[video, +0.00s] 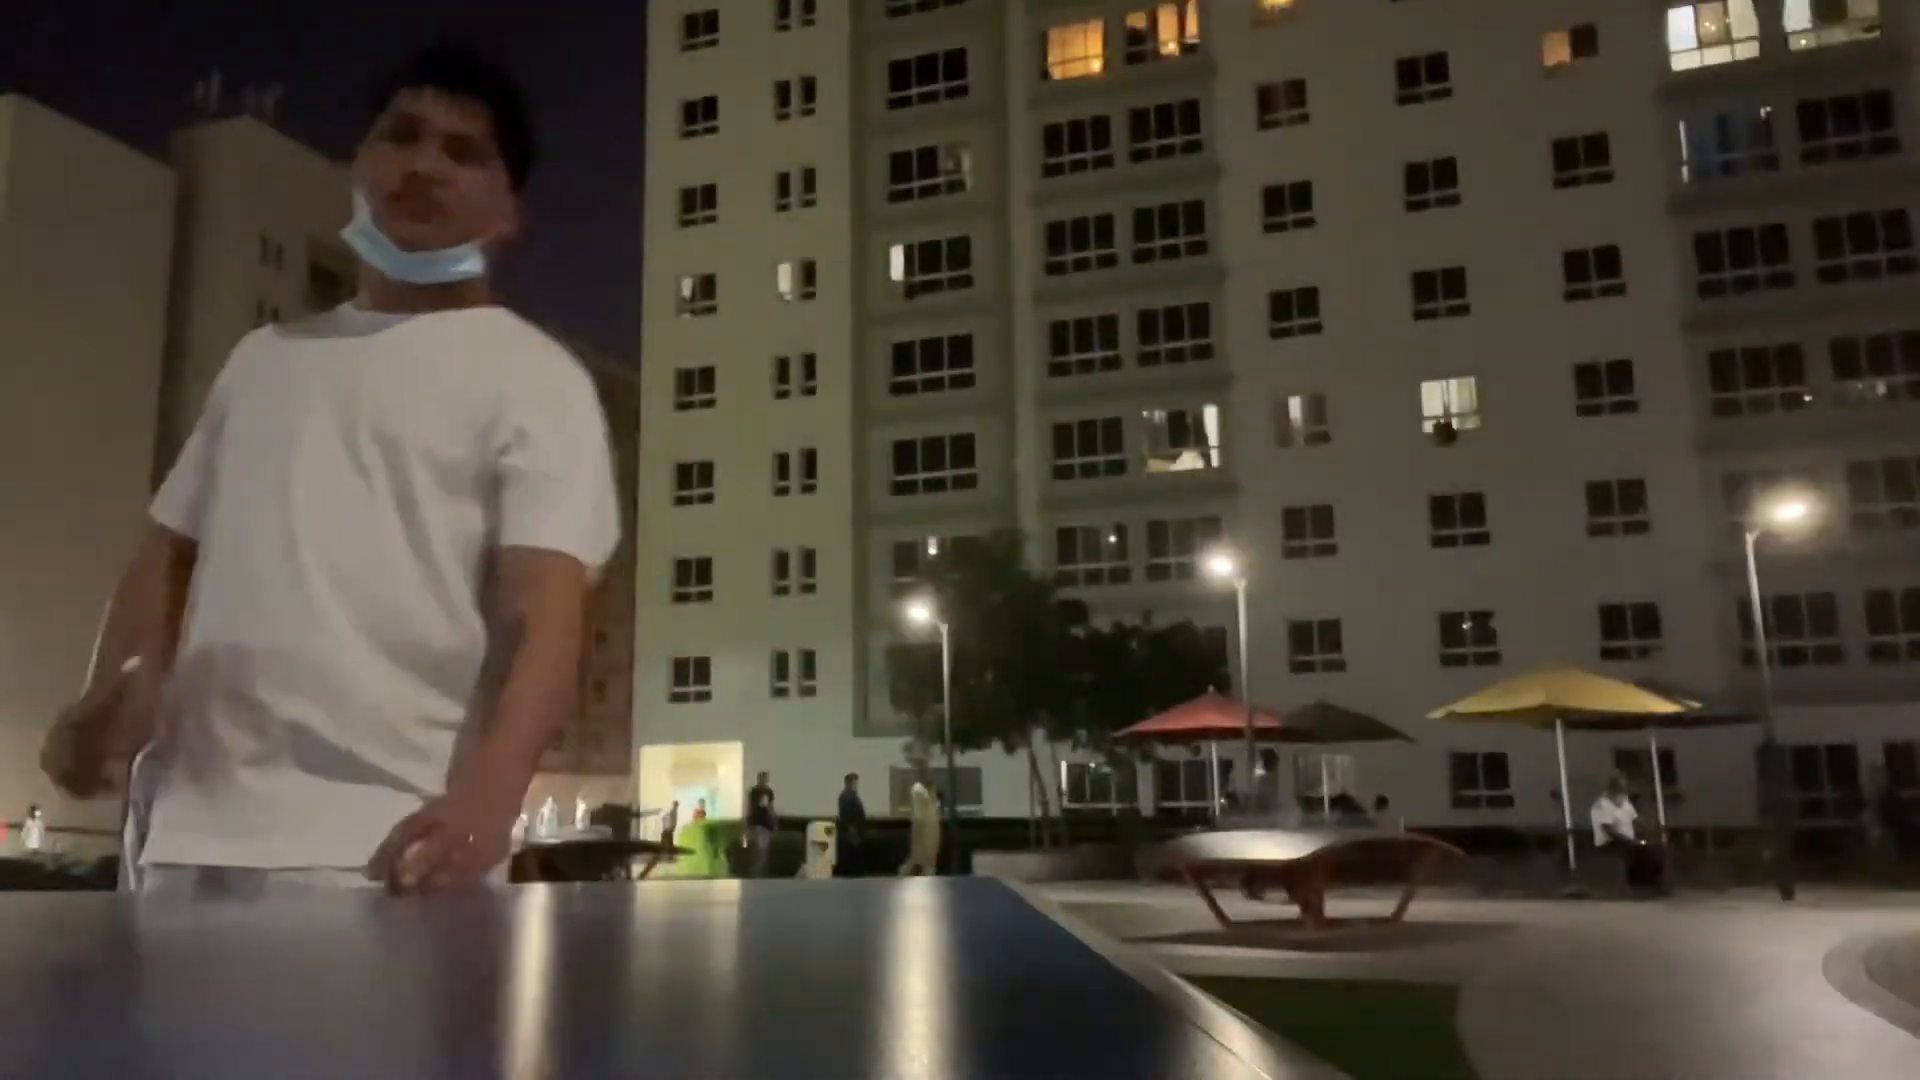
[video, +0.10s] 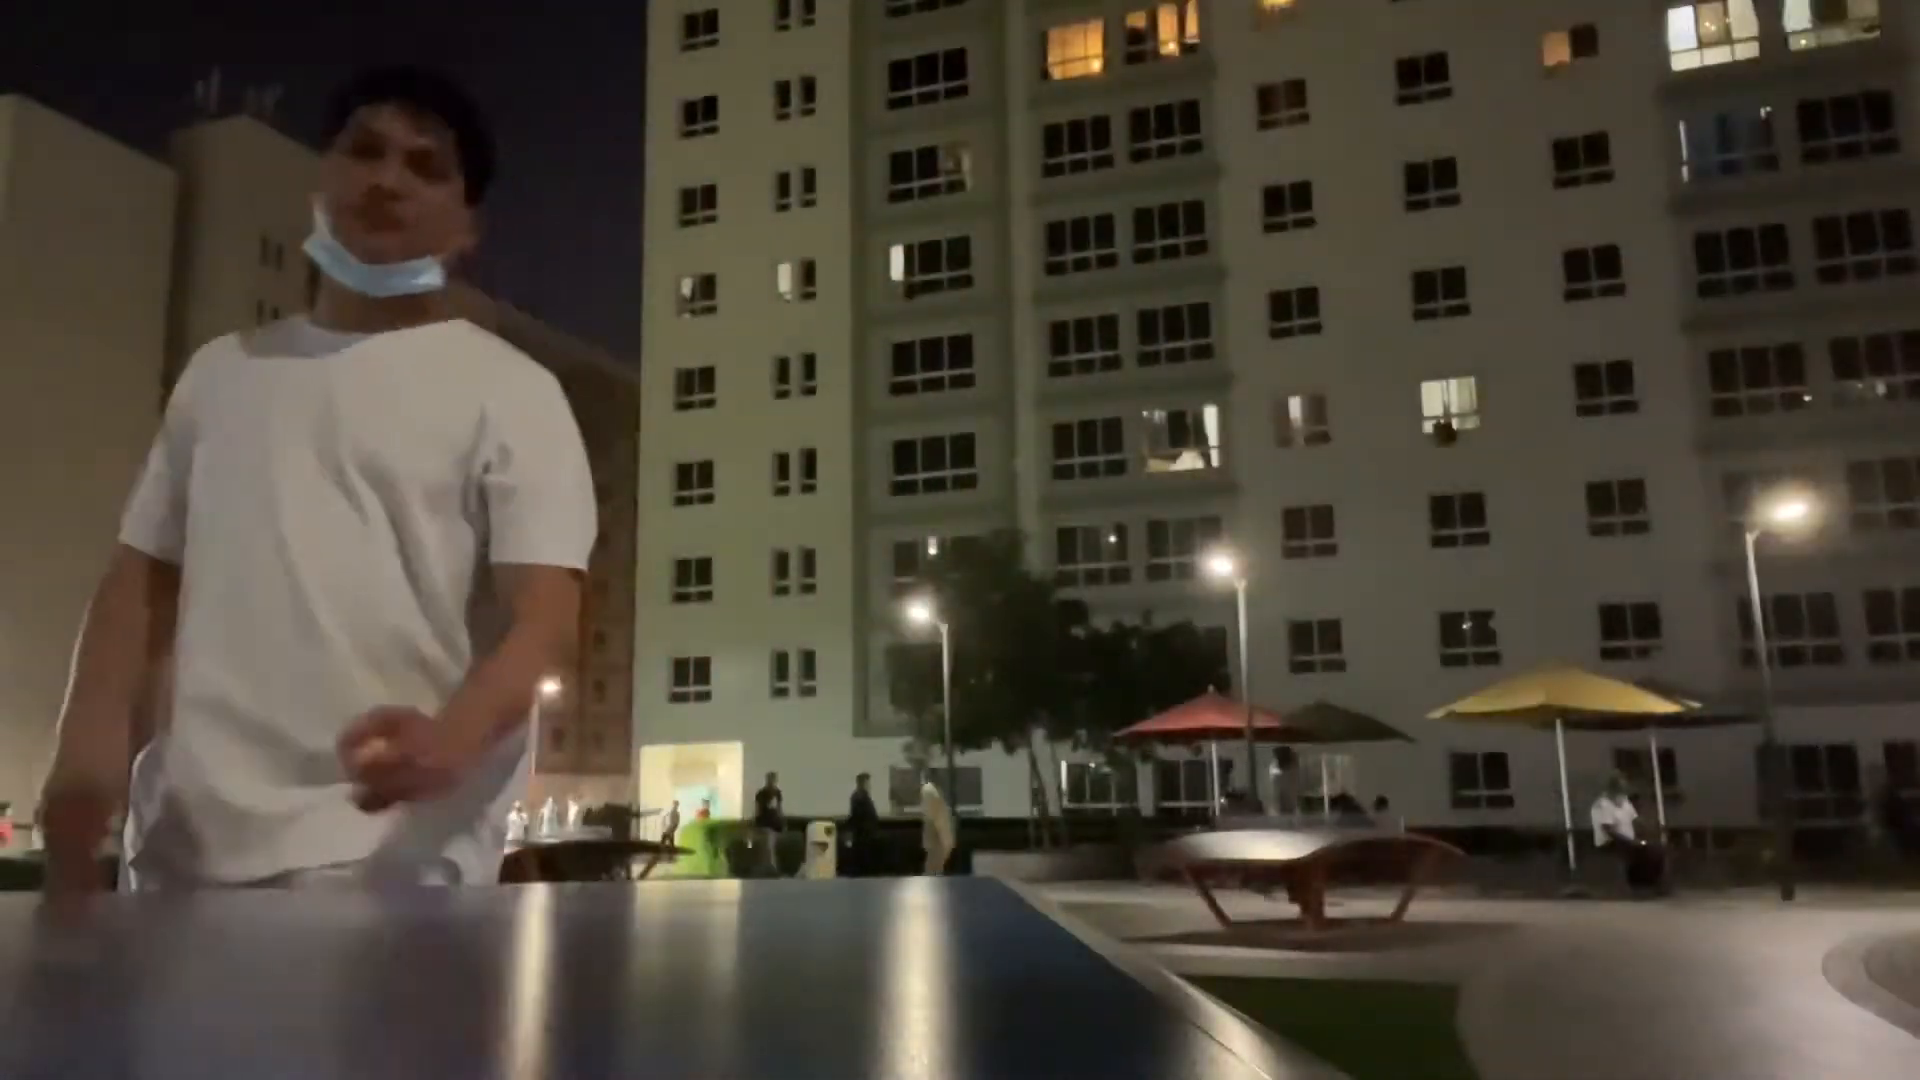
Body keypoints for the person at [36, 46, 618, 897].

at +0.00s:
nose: (424, 166)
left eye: (463, 152)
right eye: (402, 136)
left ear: (507, 213)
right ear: (356, 169)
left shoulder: (531, 377)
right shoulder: (262, 359)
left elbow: (547, 629)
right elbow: (167, 552)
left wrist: (482, 809)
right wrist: (121, 690)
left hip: (383, 861)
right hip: (190, 844)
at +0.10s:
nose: (386, 180)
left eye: (425, 168)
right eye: (364, 150)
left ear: (465, 227)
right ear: (320, 186)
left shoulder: (509, 393)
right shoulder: (221, 374)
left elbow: (545, 623)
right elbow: (140, 579)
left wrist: (455, 740)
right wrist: (87, 775)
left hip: (392, 865)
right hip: (194, 859)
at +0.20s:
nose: (388, 205)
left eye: (421, 189)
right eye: (361, 178)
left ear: (462, 242)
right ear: (318, 215)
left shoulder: (523, 409)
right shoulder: (226, 401)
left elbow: (524, 639)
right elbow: (145, 615)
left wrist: (438, 806)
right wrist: (72, 818)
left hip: (433, 865)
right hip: (232, 856)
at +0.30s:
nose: (440, 237)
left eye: (468, 219)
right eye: (412, 214)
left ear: (510, 261)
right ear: (371, 251)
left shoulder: (570, 432)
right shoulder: (282, 425)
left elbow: (592, 654)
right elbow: (195, 620)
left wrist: (593, 828)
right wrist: (134, 806)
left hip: (476, 864)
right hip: (278, 867)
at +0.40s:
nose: (498, 267)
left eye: (526, 249)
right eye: (471, 246)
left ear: (565, 291)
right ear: (433, 278)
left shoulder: (629, 456)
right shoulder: (350, 446)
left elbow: (672, 655)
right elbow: (273, 640)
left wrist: (699, 810)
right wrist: (204, 805)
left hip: (549, 861)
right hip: (359, 858)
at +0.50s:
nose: (567, 282)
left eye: (593, 263)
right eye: (542, 261)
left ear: (630, 292)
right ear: (505, 287)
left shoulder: (681, 467)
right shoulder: (415, 435)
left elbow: (725, 658)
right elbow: (346, 630)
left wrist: (759, 810)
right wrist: (289, 817)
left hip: (594, 852)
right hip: (416, 847)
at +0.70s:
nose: (644, 294)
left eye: (663, 279)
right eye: (616, 270)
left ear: (680, 310)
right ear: (562, 299)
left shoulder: (705, 486)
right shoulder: (462, 424)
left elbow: (724, 661)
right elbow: (371, 586)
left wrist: (748, 807)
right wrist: (390, 759)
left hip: (613, 853)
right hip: (448, 842)